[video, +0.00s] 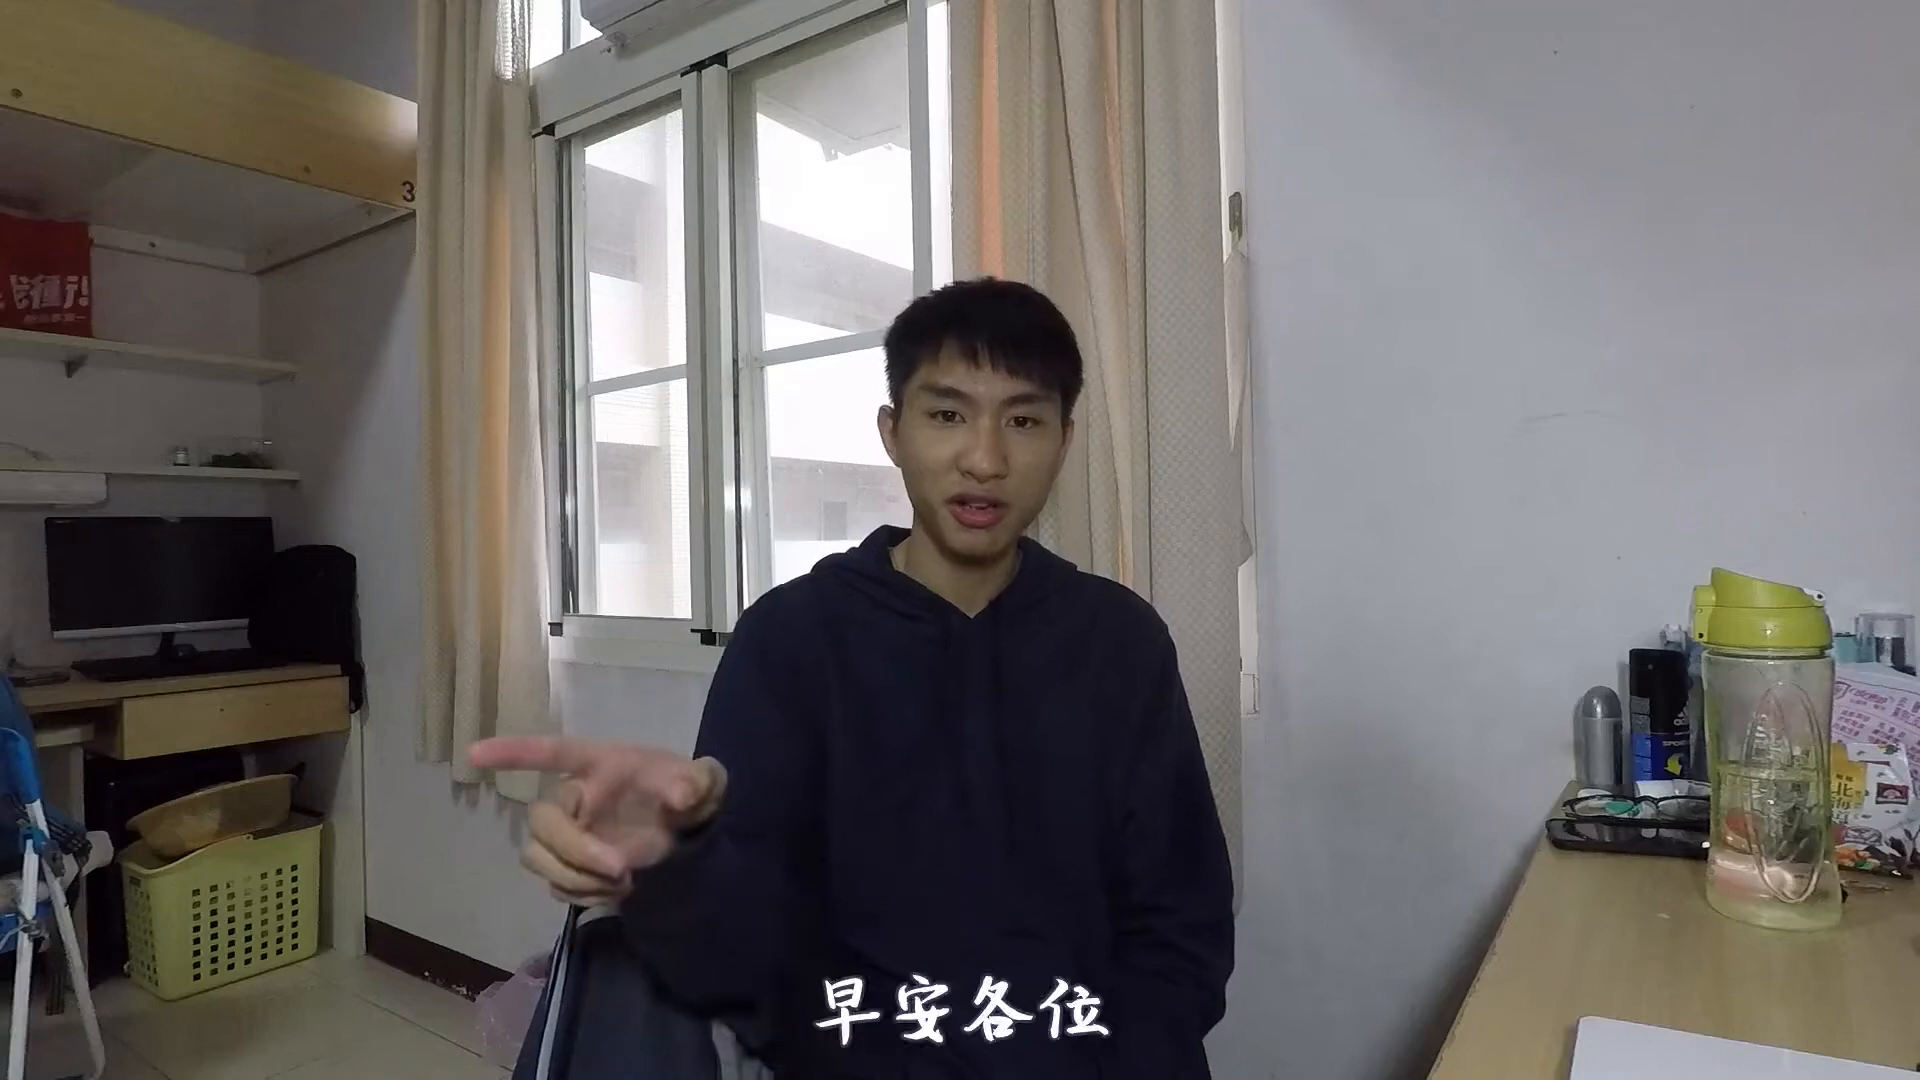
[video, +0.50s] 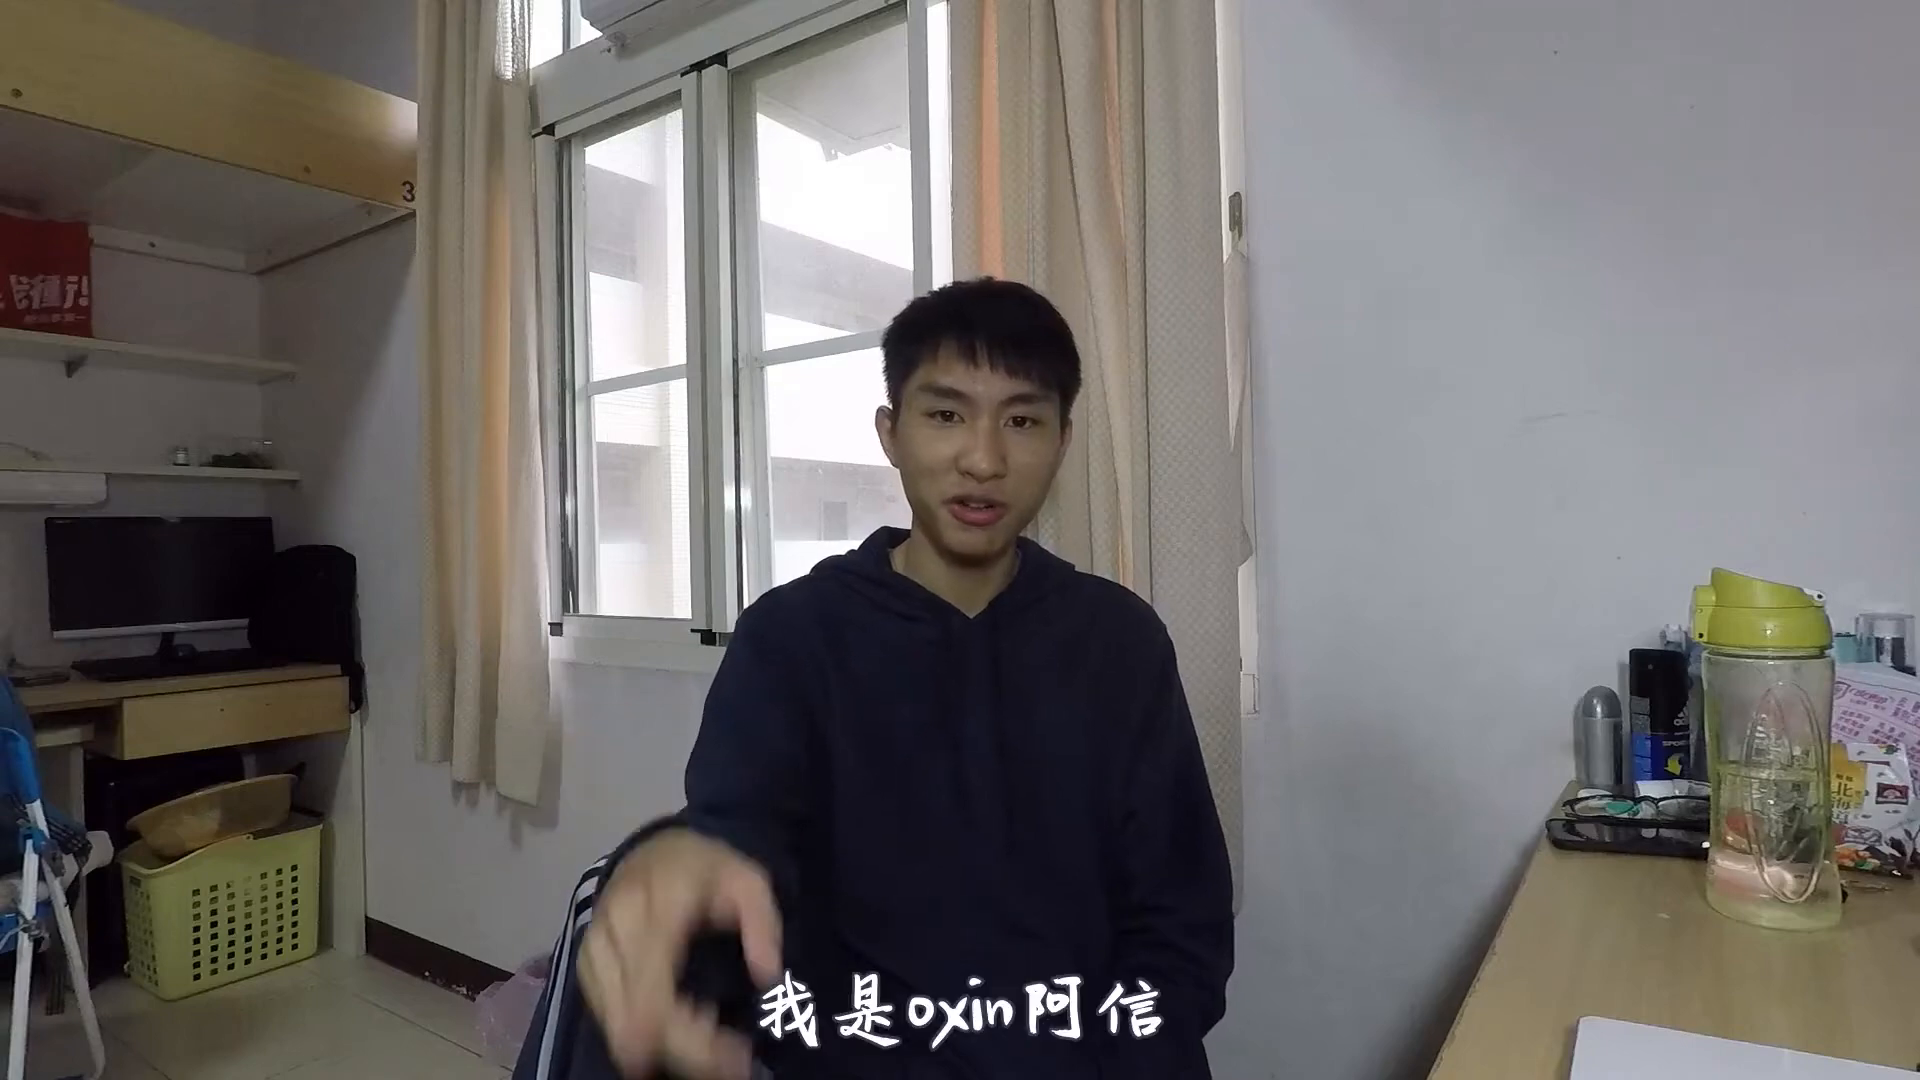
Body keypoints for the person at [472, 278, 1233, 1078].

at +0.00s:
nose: (984, 459)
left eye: (1024, 421)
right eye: (948, 415)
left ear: (1063, 444)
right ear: (891, 432)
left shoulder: (1120, 641)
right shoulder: (791, 637)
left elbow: (1184, 924)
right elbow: (741, 964)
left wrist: (1133, 1056)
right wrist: (669, 860)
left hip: (1072, 1053)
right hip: (854, 1053)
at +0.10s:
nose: (984, 457)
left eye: (1024, 419)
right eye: (949, 412)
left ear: (1064, 444)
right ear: (893, 432)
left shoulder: (1121, 642)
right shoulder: (790, 638)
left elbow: (1184, 929)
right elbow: (737, 955)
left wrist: (1127, 1049)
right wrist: (653, 848)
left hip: (1069, 1043)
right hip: (847, 1046)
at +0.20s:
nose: (981, 457)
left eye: (1022, 421)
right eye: (947, 413)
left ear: (1061, 444)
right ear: (890, 430)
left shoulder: (1121, 642)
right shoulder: (790, 637)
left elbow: (1185, 924)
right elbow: (732, 939)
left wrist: (1120, 1047)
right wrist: (644, 854)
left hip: (1073, 1048)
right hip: (855, 1050)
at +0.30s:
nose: (981, 458)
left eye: (1019, 421)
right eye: (945, 414)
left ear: (1060, 441)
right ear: (890, 430)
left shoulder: (1121, 641)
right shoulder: (788, 637)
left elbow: (1185, 921)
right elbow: (723, 955)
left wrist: (1127, 1052)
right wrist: (655, 845)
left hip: (1075, 1049)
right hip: (853, 1051)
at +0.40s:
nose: (983, 457)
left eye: (1022, 421)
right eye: (945, 414)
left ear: (1060, 446)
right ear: (889, 434)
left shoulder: (1118, 639)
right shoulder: (788, 637)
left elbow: (1187, 925)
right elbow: (724, 969)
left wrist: (1117, 1044)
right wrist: (680, 859)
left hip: (1073, 1043)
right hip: (854, 1044)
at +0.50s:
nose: (982, 460)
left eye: (1020, 423)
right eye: (946, 416)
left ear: (1061, 441)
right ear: (891, 431)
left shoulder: (1121, 641)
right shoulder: (790, 637)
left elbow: (1186, 924)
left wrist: (1132, 1049)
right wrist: (675, 853)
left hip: (1073, 1047)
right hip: (852, 1051)